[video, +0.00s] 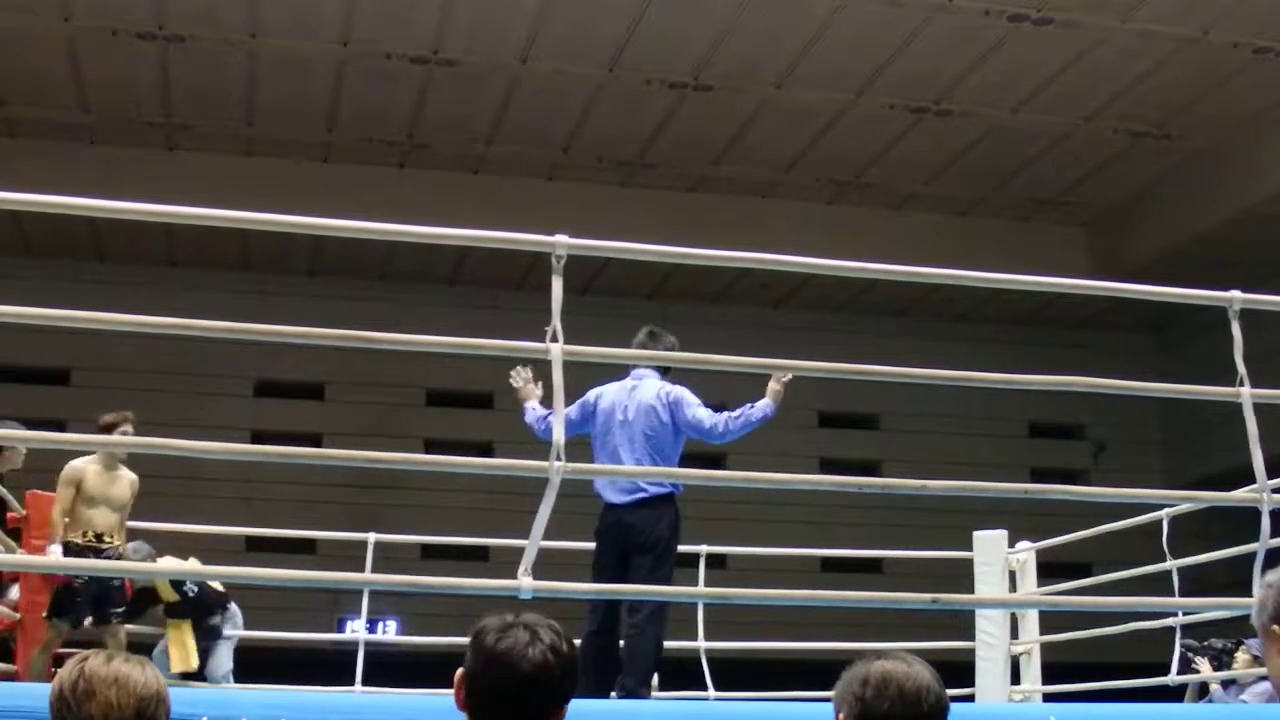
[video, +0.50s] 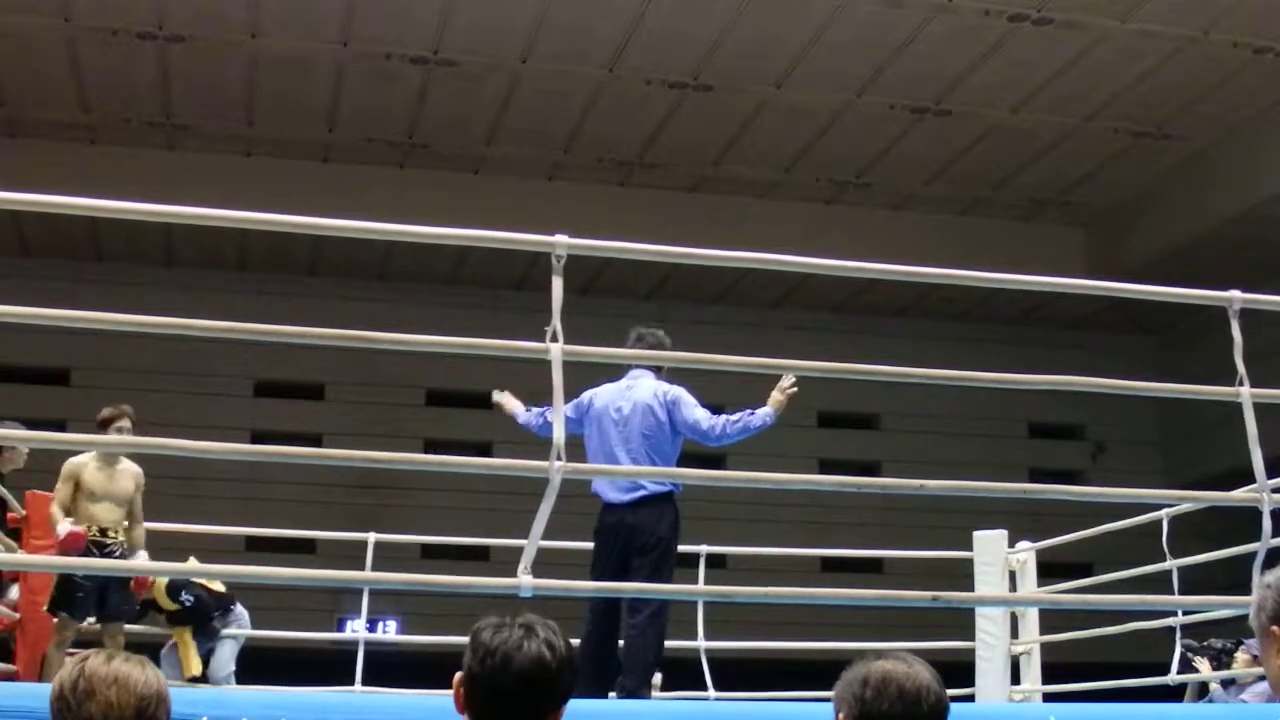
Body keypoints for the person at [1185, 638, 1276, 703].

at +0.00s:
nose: (1235, 655)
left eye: (1243, 652)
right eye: (1237, 651)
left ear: (1258, 662)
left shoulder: (1265, 687)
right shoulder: (1231, 689)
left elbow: (1234, 711)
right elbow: (1190, 711)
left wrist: (1212, 680)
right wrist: (1195, 678)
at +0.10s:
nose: (1235, 655)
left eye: (1243, 652)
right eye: (1237, 651)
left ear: (1258, 661)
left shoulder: (1265, 687)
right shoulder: (1231, 689)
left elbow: (1235, 711)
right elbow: (1190, 711)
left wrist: (1212, 680)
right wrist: (1196, 679)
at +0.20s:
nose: (1235, 655)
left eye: (1243, 652)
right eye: (1237, 651)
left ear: (1257, 661)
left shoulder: (1264, 687)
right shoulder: (1231, 689)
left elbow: (1234, 711)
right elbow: (1191, 711)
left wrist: (1211, 680)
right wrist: (1195, 678)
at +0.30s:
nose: (1235, 655)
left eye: (1243, 652)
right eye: (1237, 651)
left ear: (1257, 661)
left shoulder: (1264, 687)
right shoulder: (1231, 689)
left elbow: (1233, 711)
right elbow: (1192, 711)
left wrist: (1211, 680)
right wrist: (1195, 679)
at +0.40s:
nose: (1235, 655)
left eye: (1243, 652)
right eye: (1237, 651)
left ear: (1257, 660)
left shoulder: (1264, 688)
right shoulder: (1231, 689)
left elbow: (1234, 711)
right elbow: (1191, 711)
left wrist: (1211, 680)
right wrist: (1195, 679)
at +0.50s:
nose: (1235, 655)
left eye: (1243, 652)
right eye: (1237, 651)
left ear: (1258, 661)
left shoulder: (1264, 687)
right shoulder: (1231, 689)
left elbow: (1233, 710)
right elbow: (1193, 711)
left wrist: (1211, 680)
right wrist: (1194, 679)